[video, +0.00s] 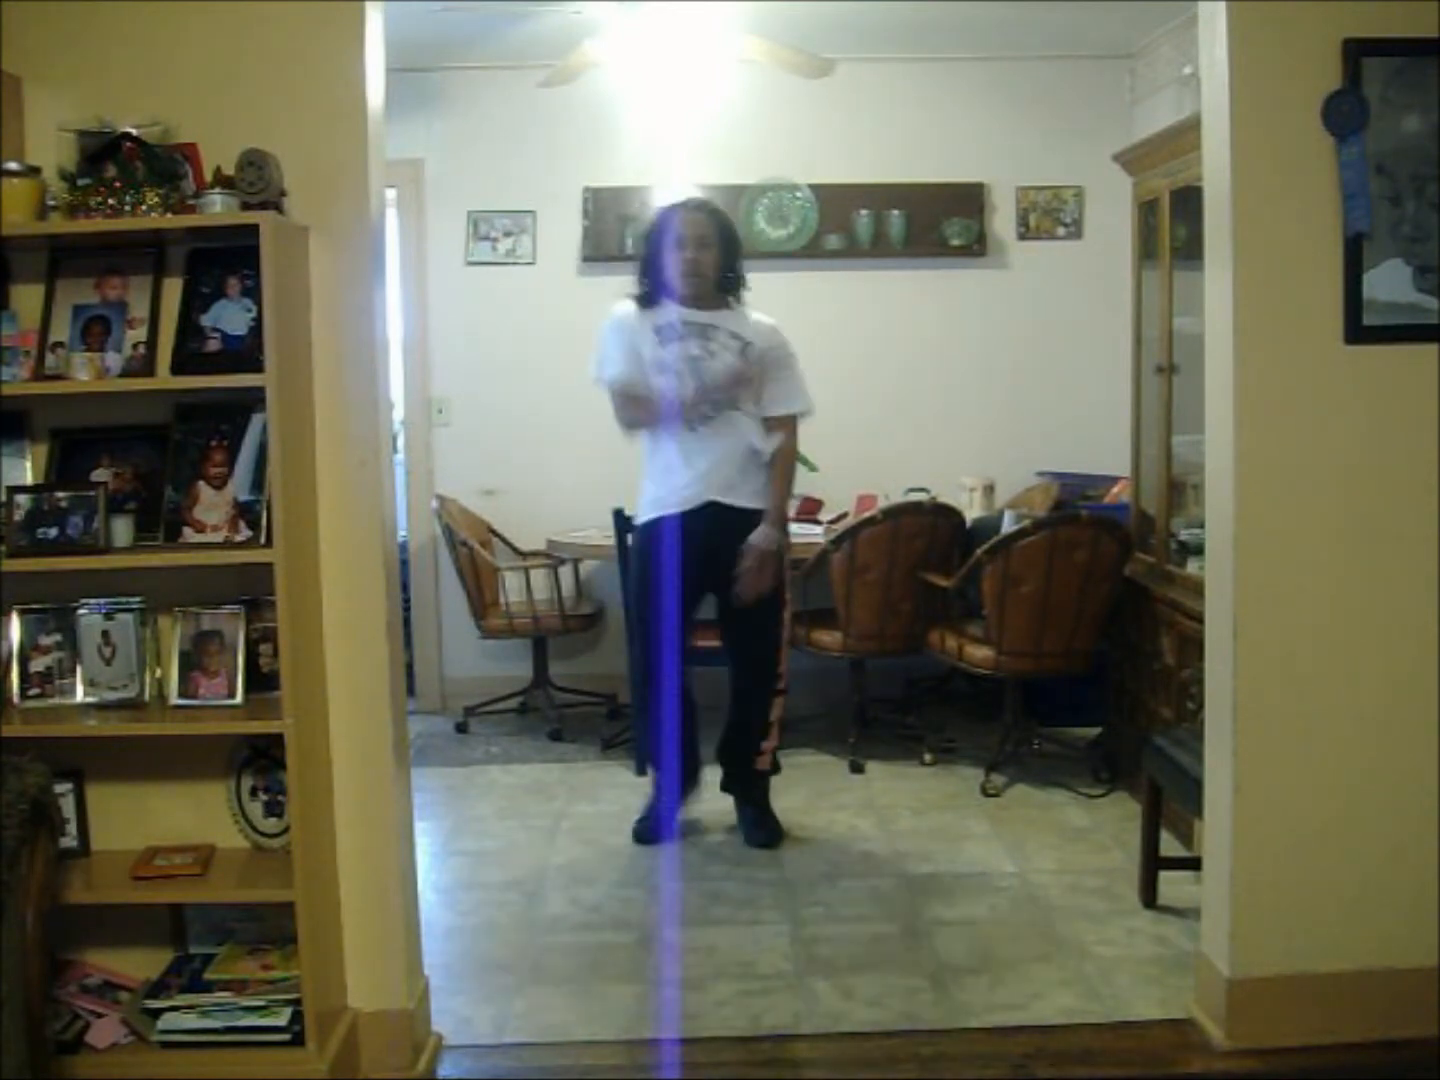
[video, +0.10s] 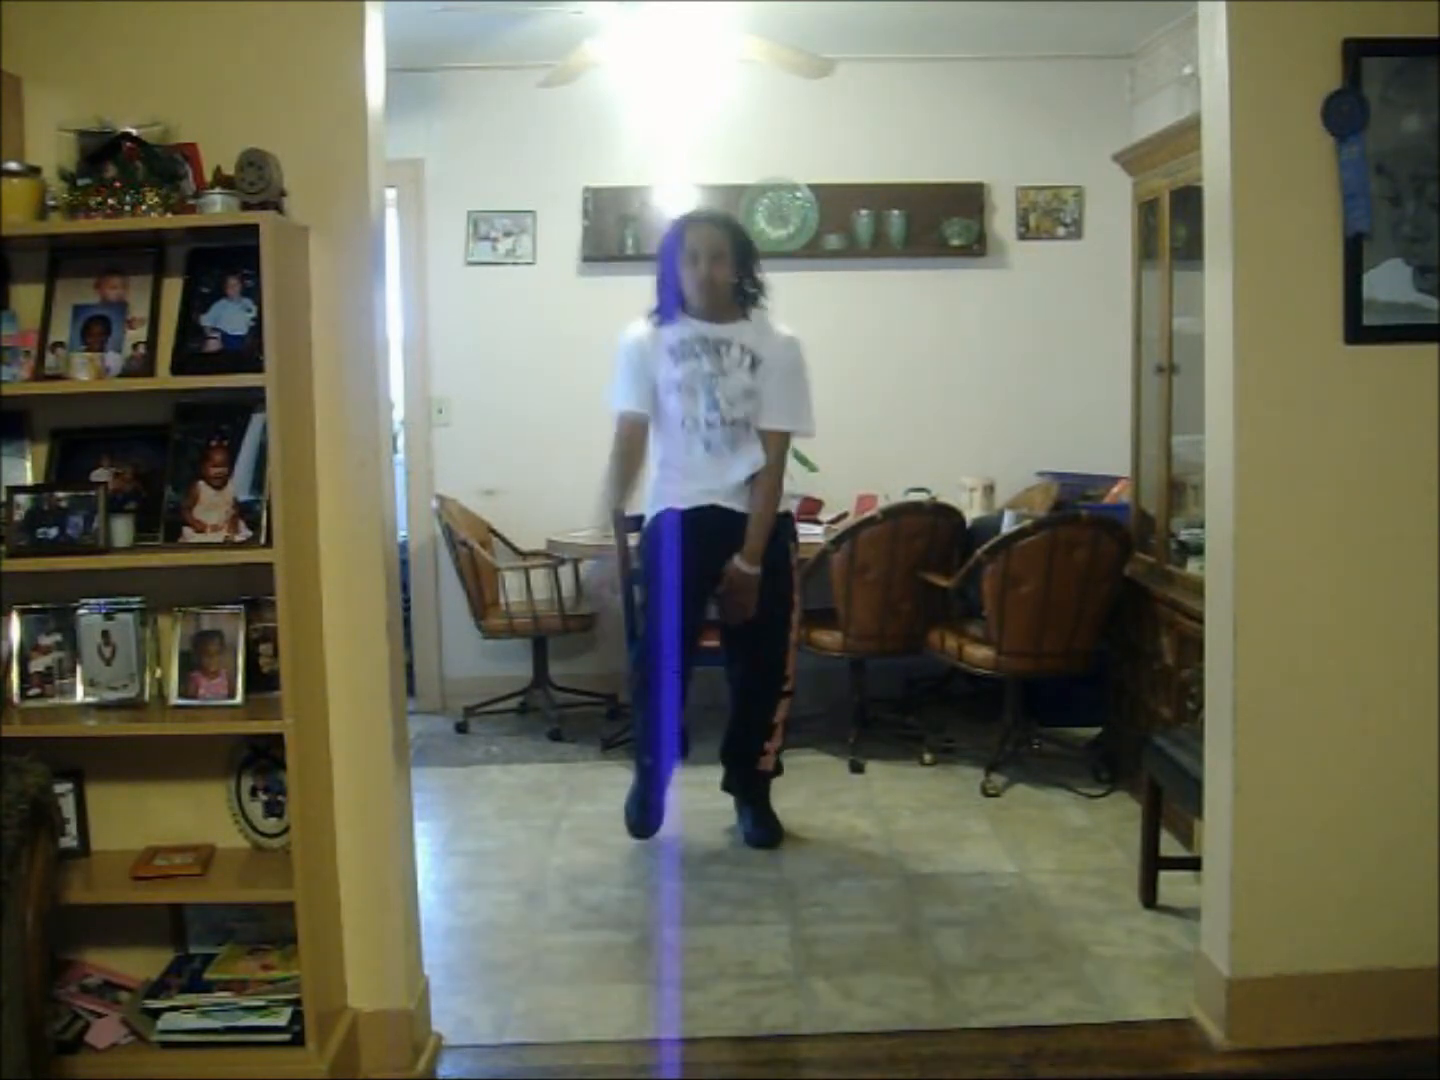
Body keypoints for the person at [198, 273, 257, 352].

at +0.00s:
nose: (233, 289)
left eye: (235, 285)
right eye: (230, 286)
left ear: (240, 287)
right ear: (225, 288)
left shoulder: (247, 304)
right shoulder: (220, 304)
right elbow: (205, 320)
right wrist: (210, 335)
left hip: (244, 337)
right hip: (224, 337)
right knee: (212, 341)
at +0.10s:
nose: (233, 289)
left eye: (235, 285)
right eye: (230, 286)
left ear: (240, 287)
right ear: (225, 288)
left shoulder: (248, 304)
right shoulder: (221, 304)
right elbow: (205, 320)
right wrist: (210, 335)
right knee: (212, 341)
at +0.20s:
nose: (233, 289)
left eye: (235, 285)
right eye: (230, 286)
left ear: (240, 287)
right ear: (225, 288)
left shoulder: (247, 304)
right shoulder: (221, 304)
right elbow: (205, 320)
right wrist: (210, 334)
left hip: (244, 338)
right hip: (224, 337)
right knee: (212, 341)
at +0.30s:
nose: (233, 289)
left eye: (236, 286)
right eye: (230, 286)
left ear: (240, 287)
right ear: (226, 289)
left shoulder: (247, 304)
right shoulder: (221, 304)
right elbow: (205, 320)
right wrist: (210, 334)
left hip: (244, 338)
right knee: (212, 341)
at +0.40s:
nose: (233, 289)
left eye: (236, 286)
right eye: (230, 286)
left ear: (240, 287)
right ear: (226, 289)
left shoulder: (248, 304)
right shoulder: (221, 305)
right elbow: (206, 320)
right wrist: (210, 335)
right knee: (212, 341)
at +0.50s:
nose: (233, 289)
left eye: (235, 285)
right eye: (230, 286)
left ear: (240, 287)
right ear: (226, 288)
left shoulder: (248, 304)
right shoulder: (221, 304)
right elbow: (205, 320)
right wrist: (210, 335)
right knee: (212, 341)